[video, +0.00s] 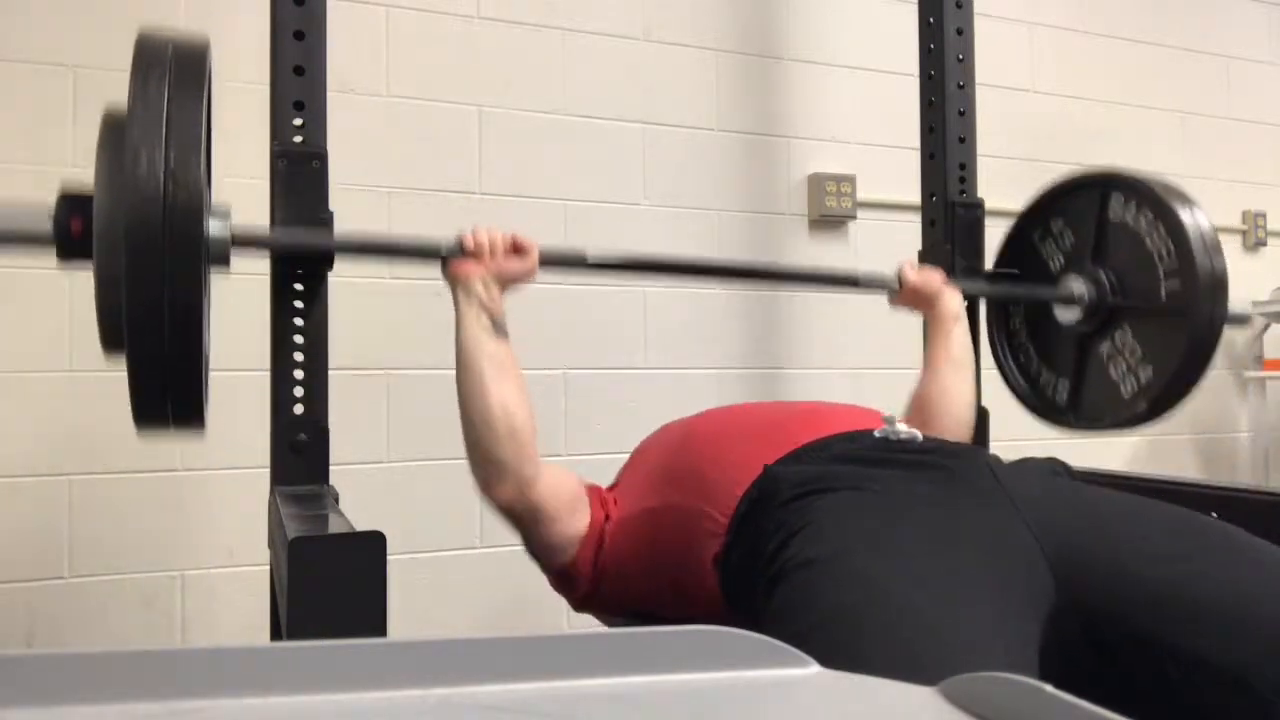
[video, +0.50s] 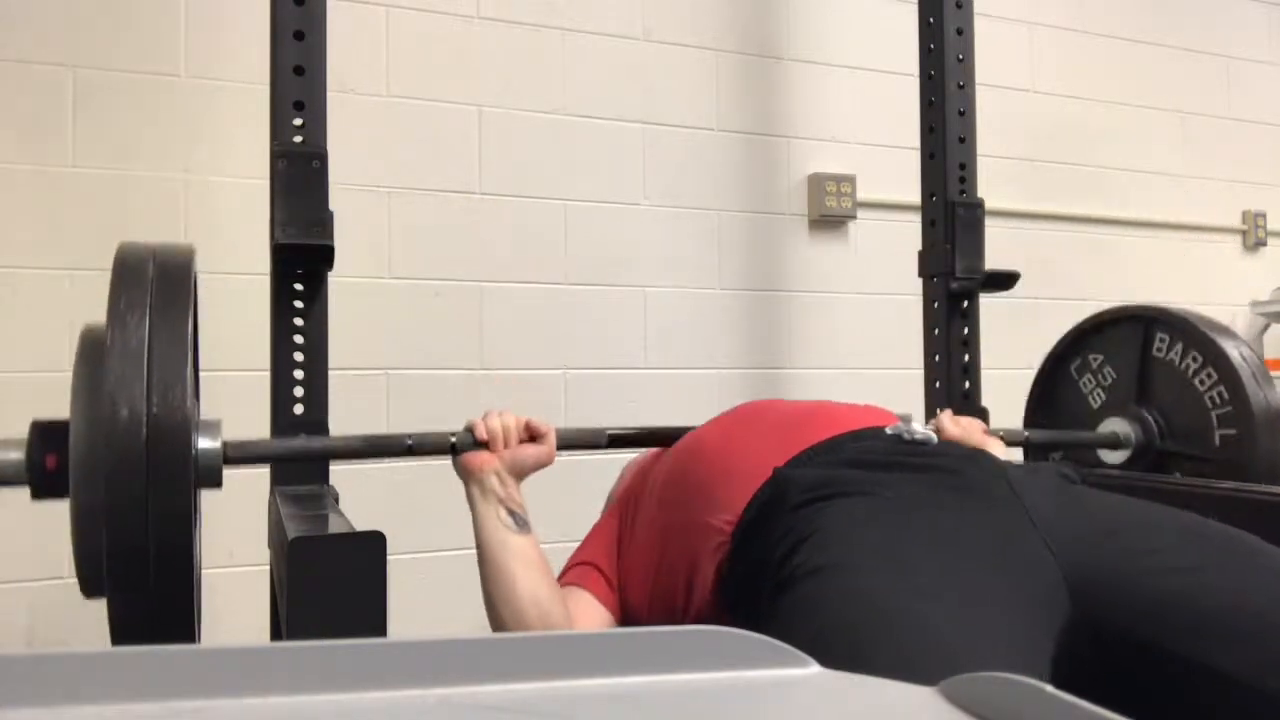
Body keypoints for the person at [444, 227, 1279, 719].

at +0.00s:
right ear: (623, 497)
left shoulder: (852, 434)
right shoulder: (606, 538)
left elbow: (944, 440)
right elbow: (511, 473)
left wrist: (945, 312)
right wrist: (476, 303)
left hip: (1023, 482)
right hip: (842, 502)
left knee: (1272, 610)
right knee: (929, 702)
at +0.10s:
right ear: (642, 498)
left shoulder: (862, 442)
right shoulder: (614, 542)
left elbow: (965, 469)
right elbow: (513, 524)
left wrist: (954, 348)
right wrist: (481, 353)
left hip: (1031, 490)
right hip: (854, 507)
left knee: (1275, 621)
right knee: (935, 693)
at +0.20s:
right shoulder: (628, 536)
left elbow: (998, 490)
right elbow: (526, 571)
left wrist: (968, 388)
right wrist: (486, 399)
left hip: (1023, 480)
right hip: (853, 506)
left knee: (1274, 625)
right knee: (941, 698)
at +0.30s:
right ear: (645, 492)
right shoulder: (629, 528)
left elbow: (1022, 514)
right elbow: (546, 610)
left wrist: (977, 419)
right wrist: (492, 440)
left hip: (1021, 476)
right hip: (859, 495)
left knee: (1277, 615)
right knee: (939, 686)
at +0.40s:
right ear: (647, 480)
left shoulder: (871, 420)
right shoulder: (624, 529)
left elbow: (1031, 521)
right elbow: (548, 628)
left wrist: (988, 446)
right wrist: (494, 476)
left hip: (1035, 487)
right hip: (863, 499)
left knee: (1276, 608)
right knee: (935, 688)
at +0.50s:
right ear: (625, 506)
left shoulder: (855, 423)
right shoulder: (613, 542)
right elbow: (552, 640)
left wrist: (983, 457)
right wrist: (492, 496)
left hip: (1034, 487)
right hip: (857, 505)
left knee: (1275, 605)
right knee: (929, 696)